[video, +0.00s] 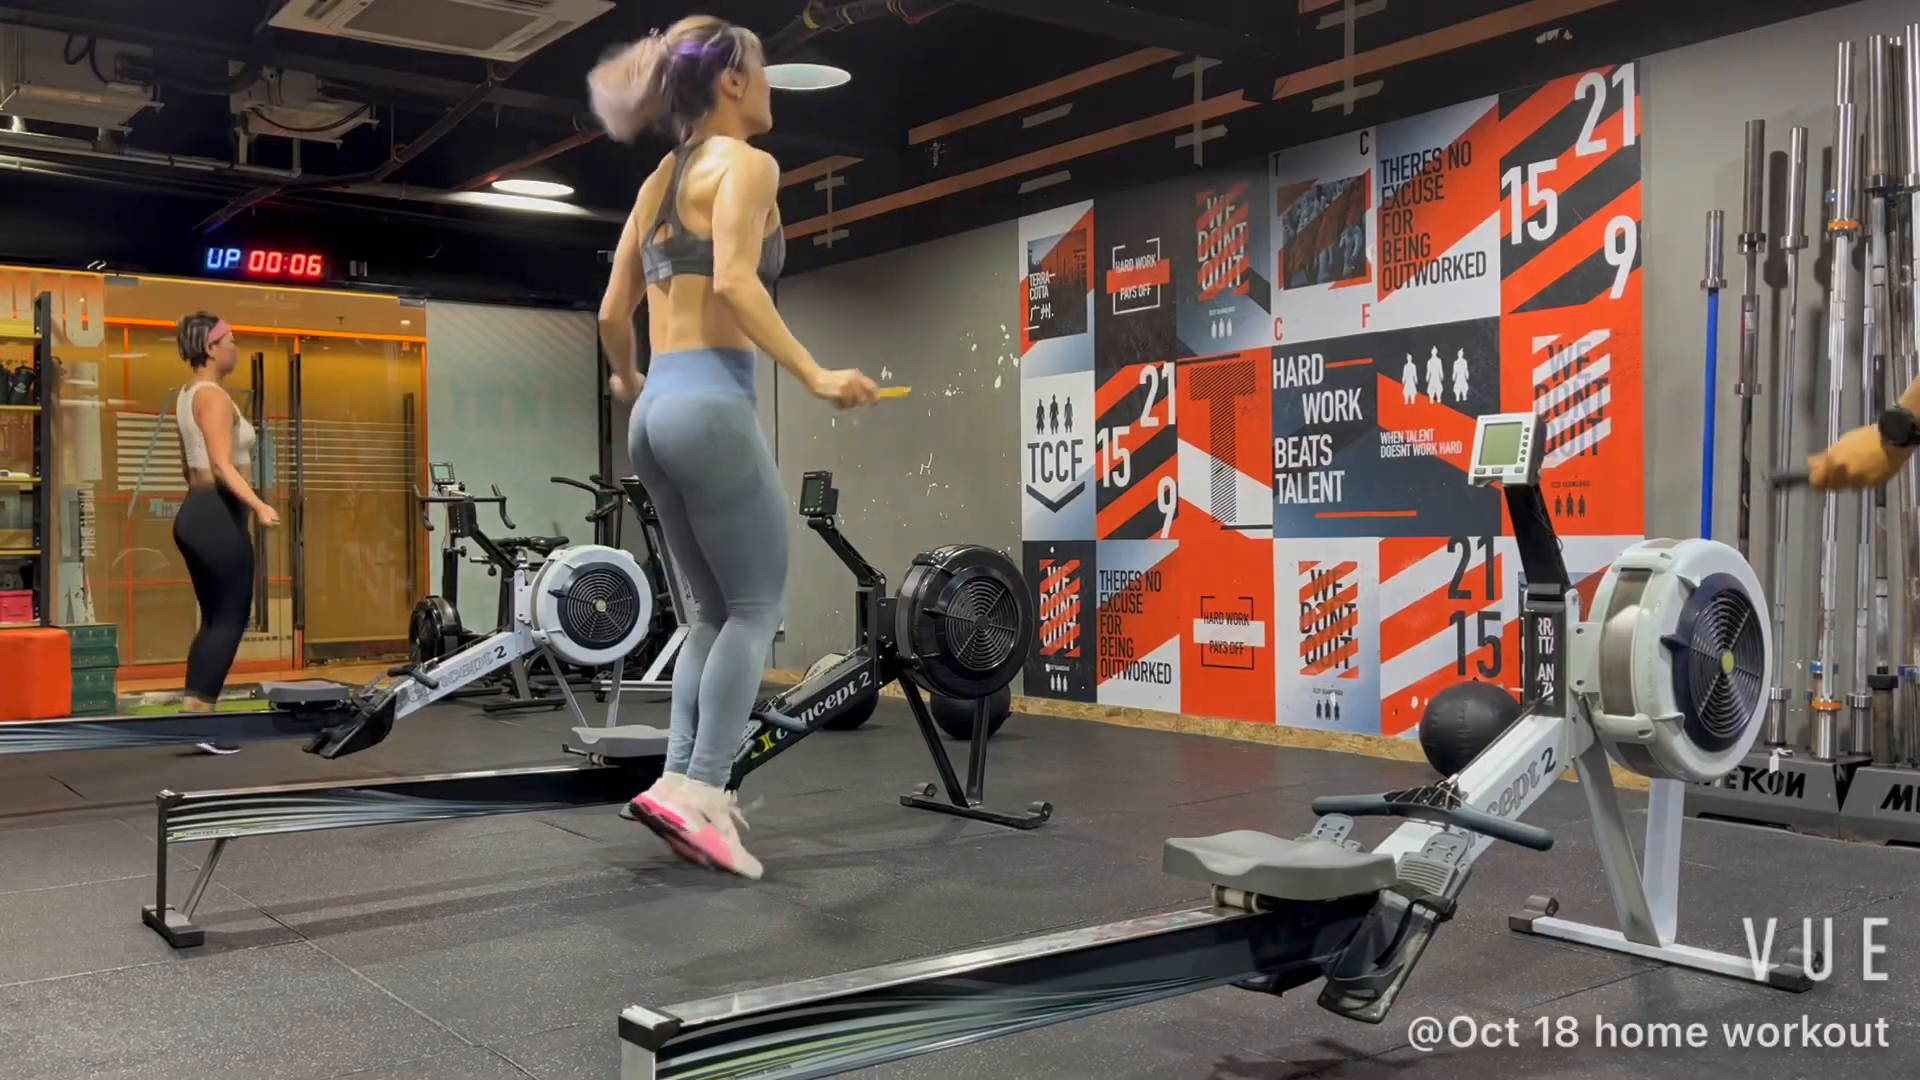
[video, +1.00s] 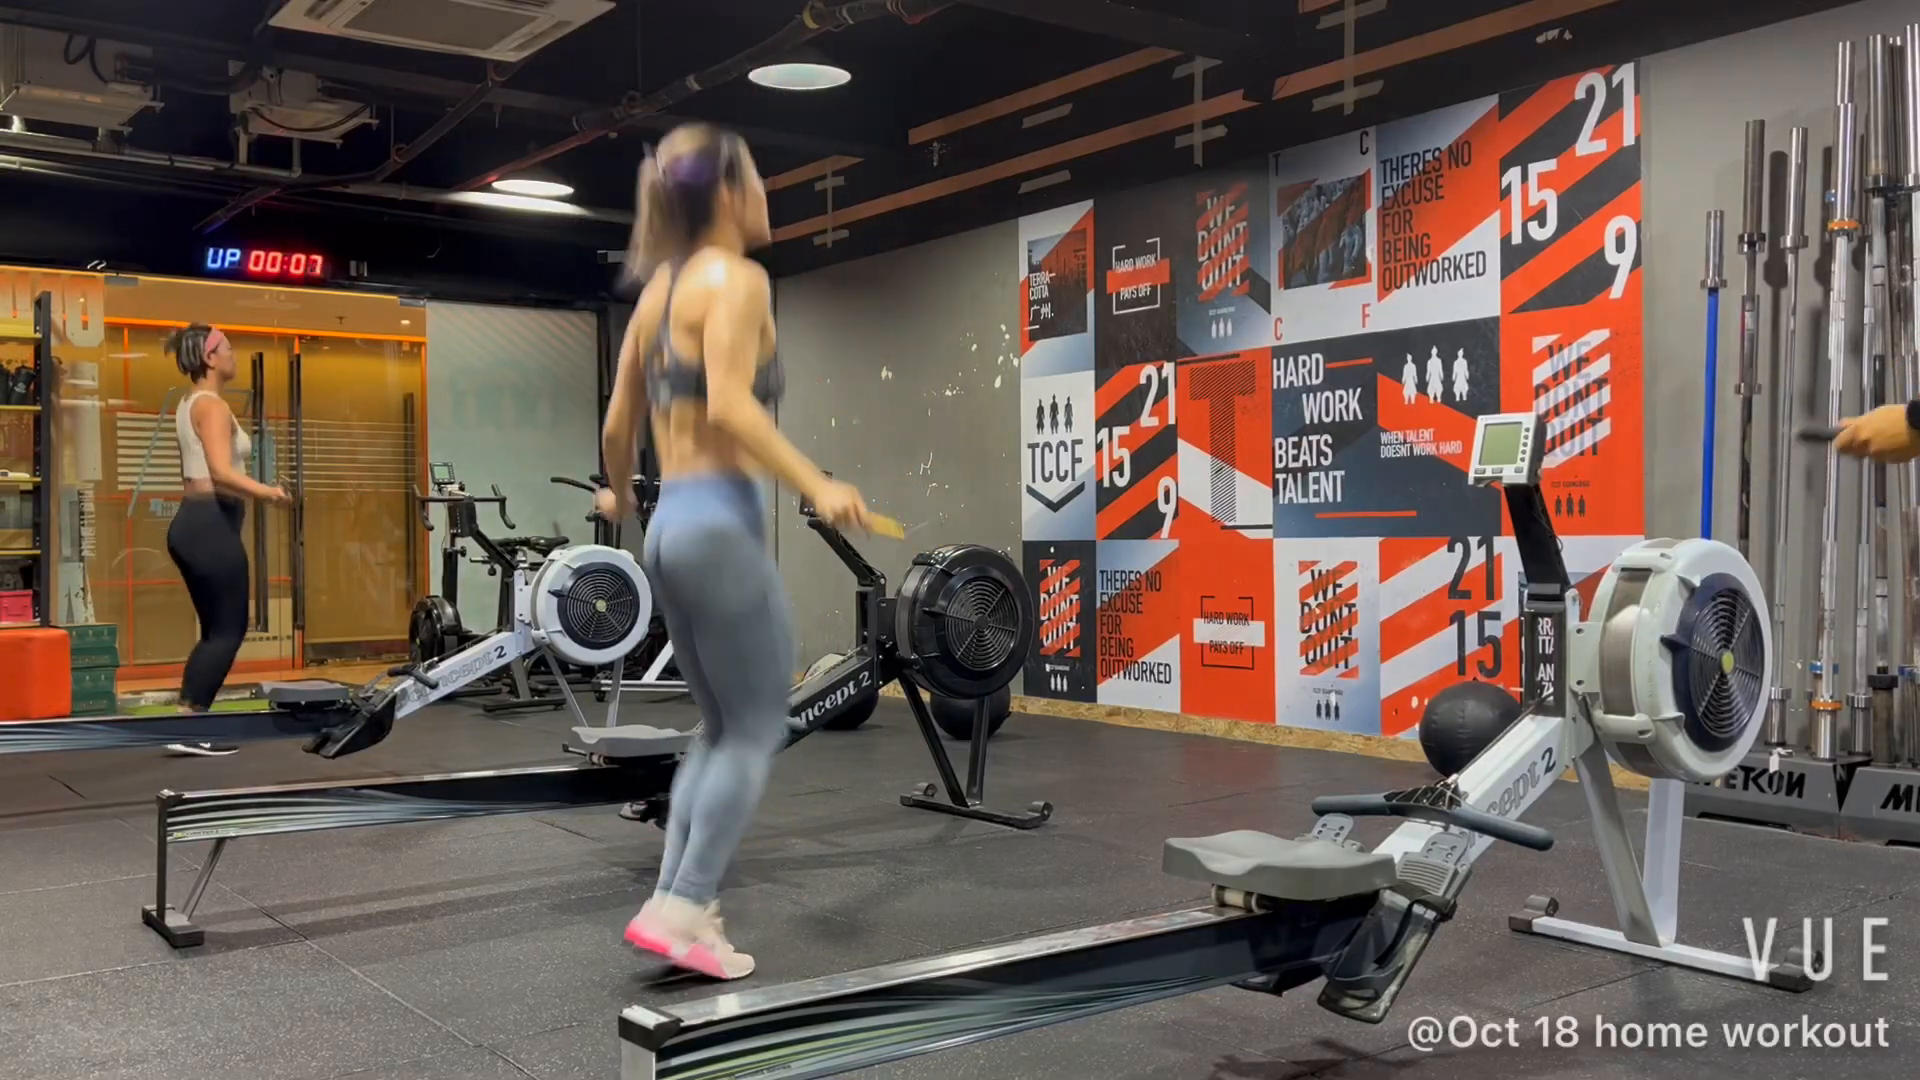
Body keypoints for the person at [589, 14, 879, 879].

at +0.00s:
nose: (769, 91)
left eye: (763, 75)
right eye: (760, 75)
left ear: (701, 90)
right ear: (732, 81)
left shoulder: (660, 178)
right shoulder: (747, 164)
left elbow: (615, 307)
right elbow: (735, 283)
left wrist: (630, 380)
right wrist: (816, 373)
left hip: (652, 409)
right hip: (711, 402)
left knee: (705, 614)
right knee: (754, 608)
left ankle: (683, 786)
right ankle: (704, 792)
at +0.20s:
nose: (776, 134)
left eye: (769, 119)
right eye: (764, 122)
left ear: (704, 145)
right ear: (737, 139)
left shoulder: (668, 231)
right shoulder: (748, 219)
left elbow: (607, 345)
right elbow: (723, 335)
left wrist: (549, 432)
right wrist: (796, 414)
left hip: (661, 464)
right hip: (713, 462)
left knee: (703, 673)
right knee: (741, 671)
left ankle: (687, 850)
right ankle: (717, 861)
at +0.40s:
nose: (771, 212)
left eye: (765, 198)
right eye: (761, 199)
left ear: (694, 212)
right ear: (735, 207)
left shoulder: (663, 302)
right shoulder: (744, 292)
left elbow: (619, 424)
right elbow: (735, 418)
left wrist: (620, 492)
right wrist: (827, 491)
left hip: (666, 532)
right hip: (721, 529)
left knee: (717, 736)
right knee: (761, 734)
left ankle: (669, 909)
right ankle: (694, 917)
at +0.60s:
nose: (774, 94)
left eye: (768, 80)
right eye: (765, 80)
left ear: (705, 93)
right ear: (734, 85)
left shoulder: (664, 181)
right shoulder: (750, 164)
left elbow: (622, 311)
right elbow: (736, 285)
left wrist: (634, 389)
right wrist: (817, 375)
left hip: (656, 413)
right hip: (713, 408)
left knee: (706, 621)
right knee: (756, 616)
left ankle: (692, 797)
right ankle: (697, 796)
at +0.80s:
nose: (778, 145)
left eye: (772, 130)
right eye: (766, 131)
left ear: (708, 154)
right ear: (732, 148)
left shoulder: (671, 244)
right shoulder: (745, 228)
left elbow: (609, 356)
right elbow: (720, 348)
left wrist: (548, 443)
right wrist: (795, 434)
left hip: (669, 475)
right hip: (708, 474)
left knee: (714, 685)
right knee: (739, 682)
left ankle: (690, 865)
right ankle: (705, 876)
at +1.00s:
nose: (765, 192)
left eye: (757, 177)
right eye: (754, 178)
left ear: (690, 198)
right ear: (729, 192)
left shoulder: (660, 289)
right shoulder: (737, 279)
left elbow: (622, 406)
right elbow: (730, 406)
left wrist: (614, 485)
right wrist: (817, 483)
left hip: (668, 521)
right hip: (715, 518)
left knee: (720, 723)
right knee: (757, 721)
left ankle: (679, 905)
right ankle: (685, 909)